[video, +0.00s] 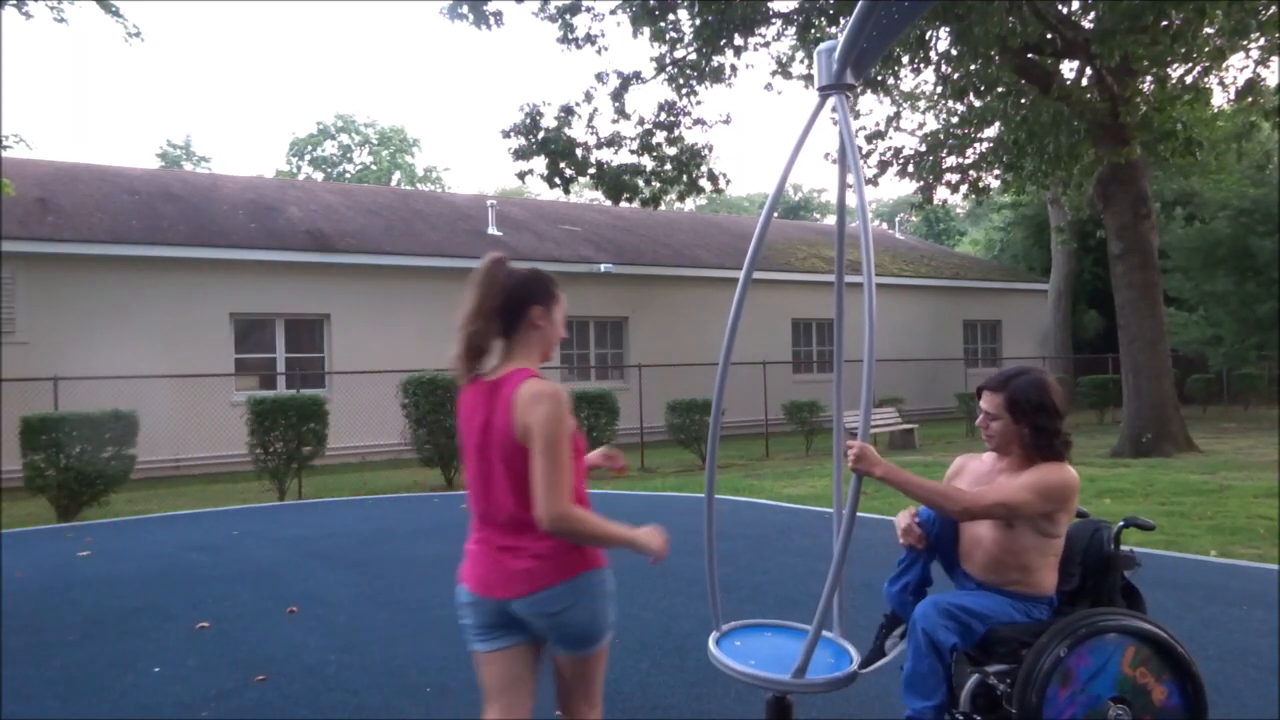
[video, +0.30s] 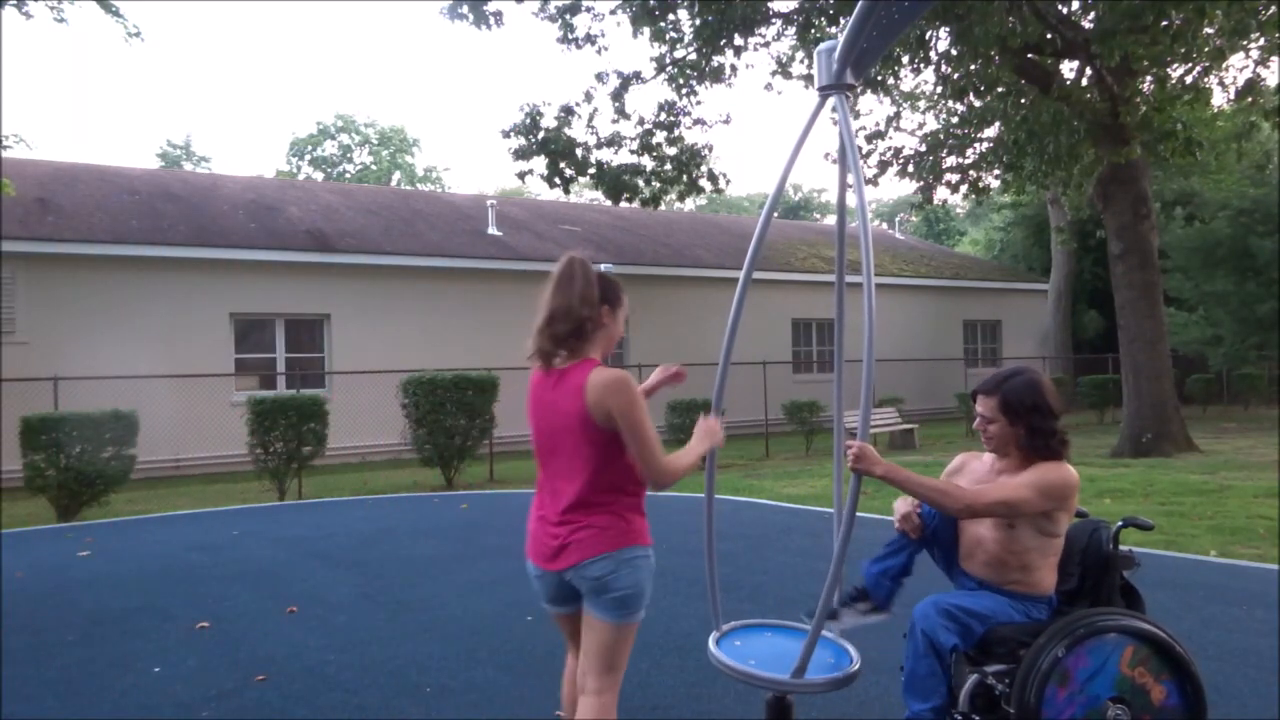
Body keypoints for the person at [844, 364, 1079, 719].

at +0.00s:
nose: (979, 423)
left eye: (992, 417)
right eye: (980, 413)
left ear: (1025, 423)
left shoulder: (1058, 479)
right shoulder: (966, 465)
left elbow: (965, 506)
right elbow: (941, 512)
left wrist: (881, 468)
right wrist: (905, 517)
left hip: (1022, 604)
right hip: (968, 582)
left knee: (932, 613)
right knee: (931, 515)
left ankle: (925, 712)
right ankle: (899, 616)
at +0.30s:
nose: (979, 426)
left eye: (990, 420)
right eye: (978, 417)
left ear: (1024, 424)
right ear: (976, 413)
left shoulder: (1057, 477)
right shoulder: (968, 463)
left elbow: (966, 503)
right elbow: (931, 500)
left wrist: (882, 467)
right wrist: (904, 506)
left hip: (1019, 602)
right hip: (969, 578)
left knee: (932, 615)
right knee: (929, 507)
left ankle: (926, 713)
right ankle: (873, 593)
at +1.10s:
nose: (960, 427)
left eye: (970, 420)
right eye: (960, 418)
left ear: (1005, 423)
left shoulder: (1042, 474)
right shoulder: (961, 464)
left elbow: (969, 520)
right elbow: (902, 511)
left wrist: (879, 476)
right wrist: (858, 460)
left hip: (1014, 599)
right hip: (956, 580)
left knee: (927, 620)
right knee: (888, 599)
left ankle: (926, 712)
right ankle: (800, 634)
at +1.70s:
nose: (951, 411)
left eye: (959, 403)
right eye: (953, 402)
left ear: (990, 410)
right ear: (979, 411)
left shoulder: (1026, 477)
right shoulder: (960, 470)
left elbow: (993, 572)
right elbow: (897, 511)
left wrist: (937, 639)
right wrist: (862, 456)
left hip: (1012, 600)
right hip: (957, 581)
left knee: (919, 620)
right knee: (887, 598)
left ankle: (923, 711)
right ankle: (795, 635)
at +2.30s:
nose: (946, 422)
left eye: (956, 415)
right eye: (946, 413)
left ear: (988, 416)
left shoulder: (1024, 467)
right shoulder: (951, 472)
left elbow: (1014, 559)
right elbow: (889, 515)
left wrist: (927, 569)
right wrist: (862, 461)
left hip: (1022, 595)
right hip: (967, 585)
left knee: (939, 550)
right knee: (910, 573)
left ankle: (846, 633)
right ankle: (795, 628)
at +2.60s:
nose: (938, 411)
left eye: (949, 406)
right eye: (943, 402)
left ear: (980, 417)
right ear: (964, 414)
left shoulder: (1016, 467)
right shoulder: (942, 473)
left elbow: (997, 559)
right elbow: (885, 515)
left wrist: (917, 587)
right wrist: (862, 460)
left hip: (1019, 595)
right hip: (970, 588)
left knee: (927, 563)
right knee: (894, 586)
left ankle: (839, 640)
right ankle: (794, 629)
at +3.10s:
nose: (928, 411)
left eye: (938, 406)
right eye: (931, 403)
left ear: (967, 419)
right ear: (954, 419)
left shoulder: (1009, 464)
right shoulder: (934, 476)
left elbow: (1075, 536)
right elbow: (879, 517)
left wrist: (1024, 603)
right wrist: (856, 457)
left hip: (1019, 598)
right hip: (963, 595)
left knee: (937, 572)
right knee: (894, 593)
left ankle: (856, 647)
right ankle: (791, 629)